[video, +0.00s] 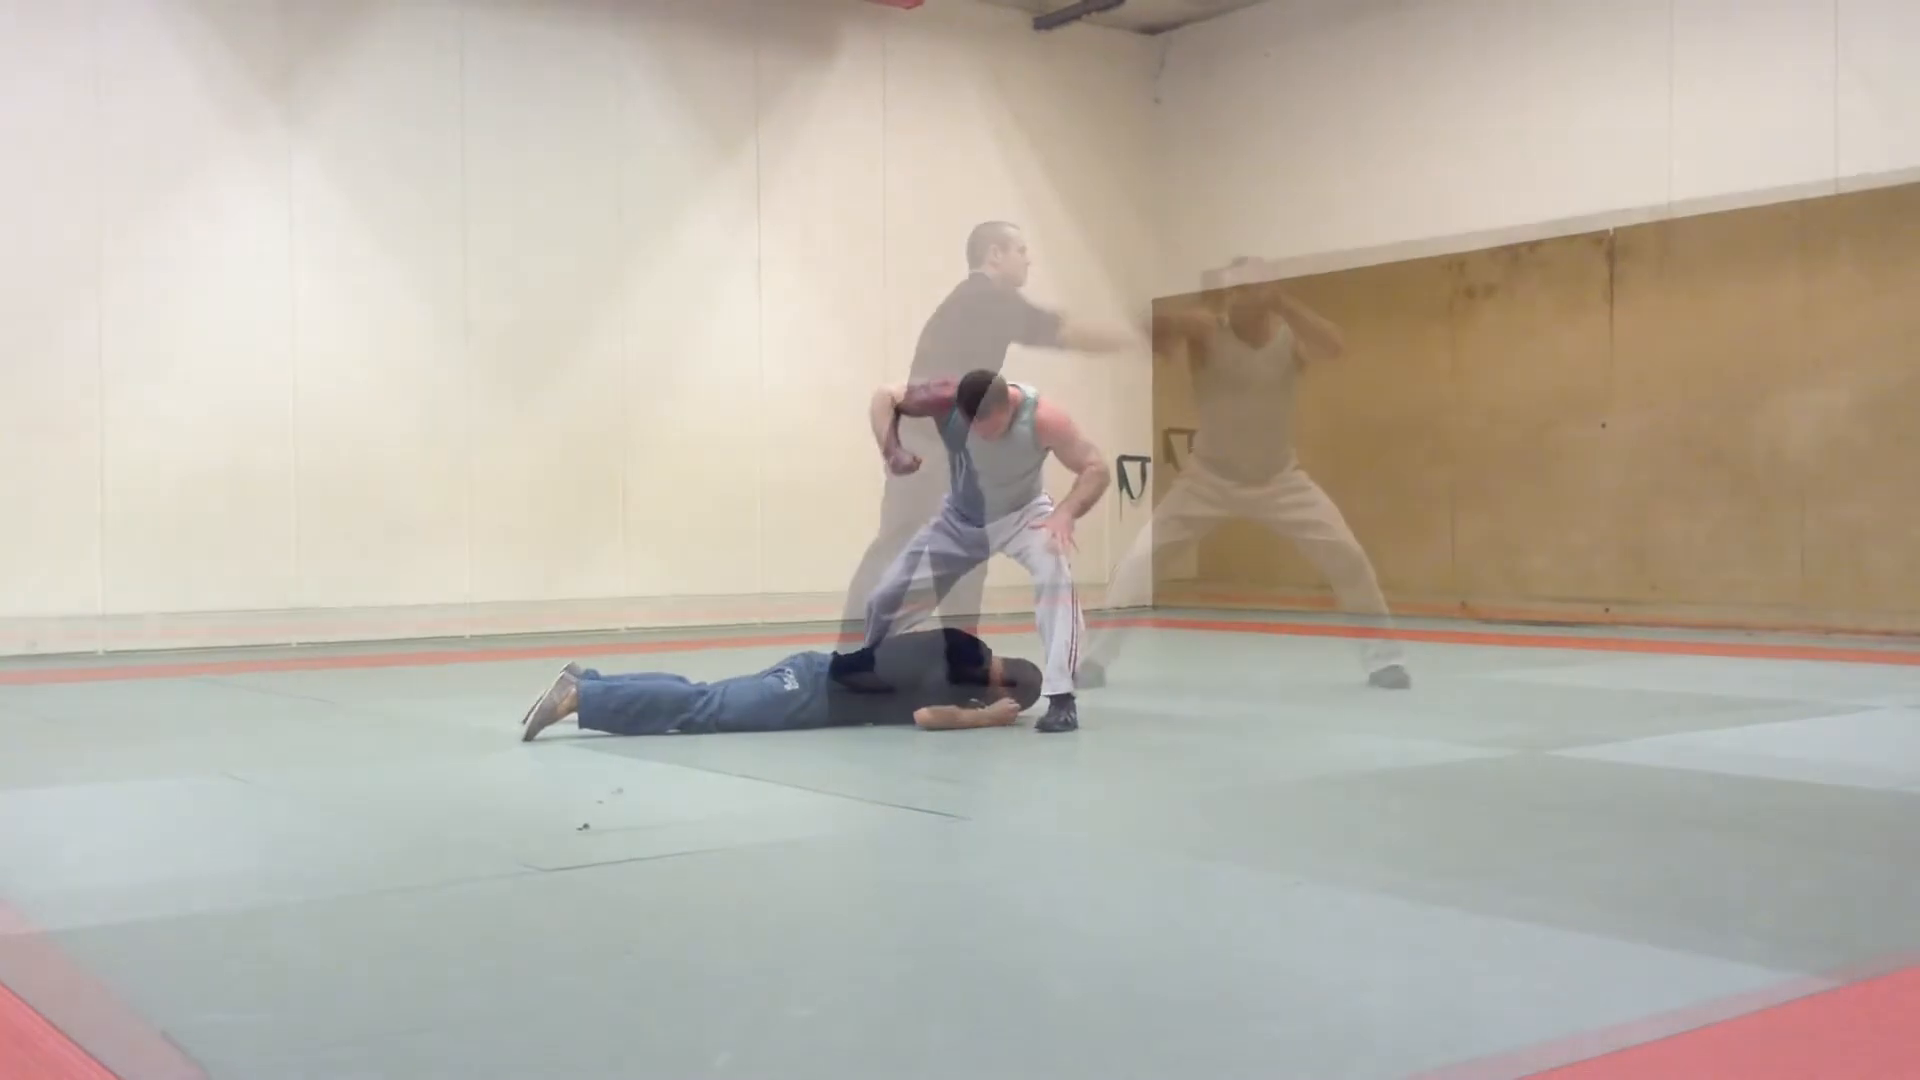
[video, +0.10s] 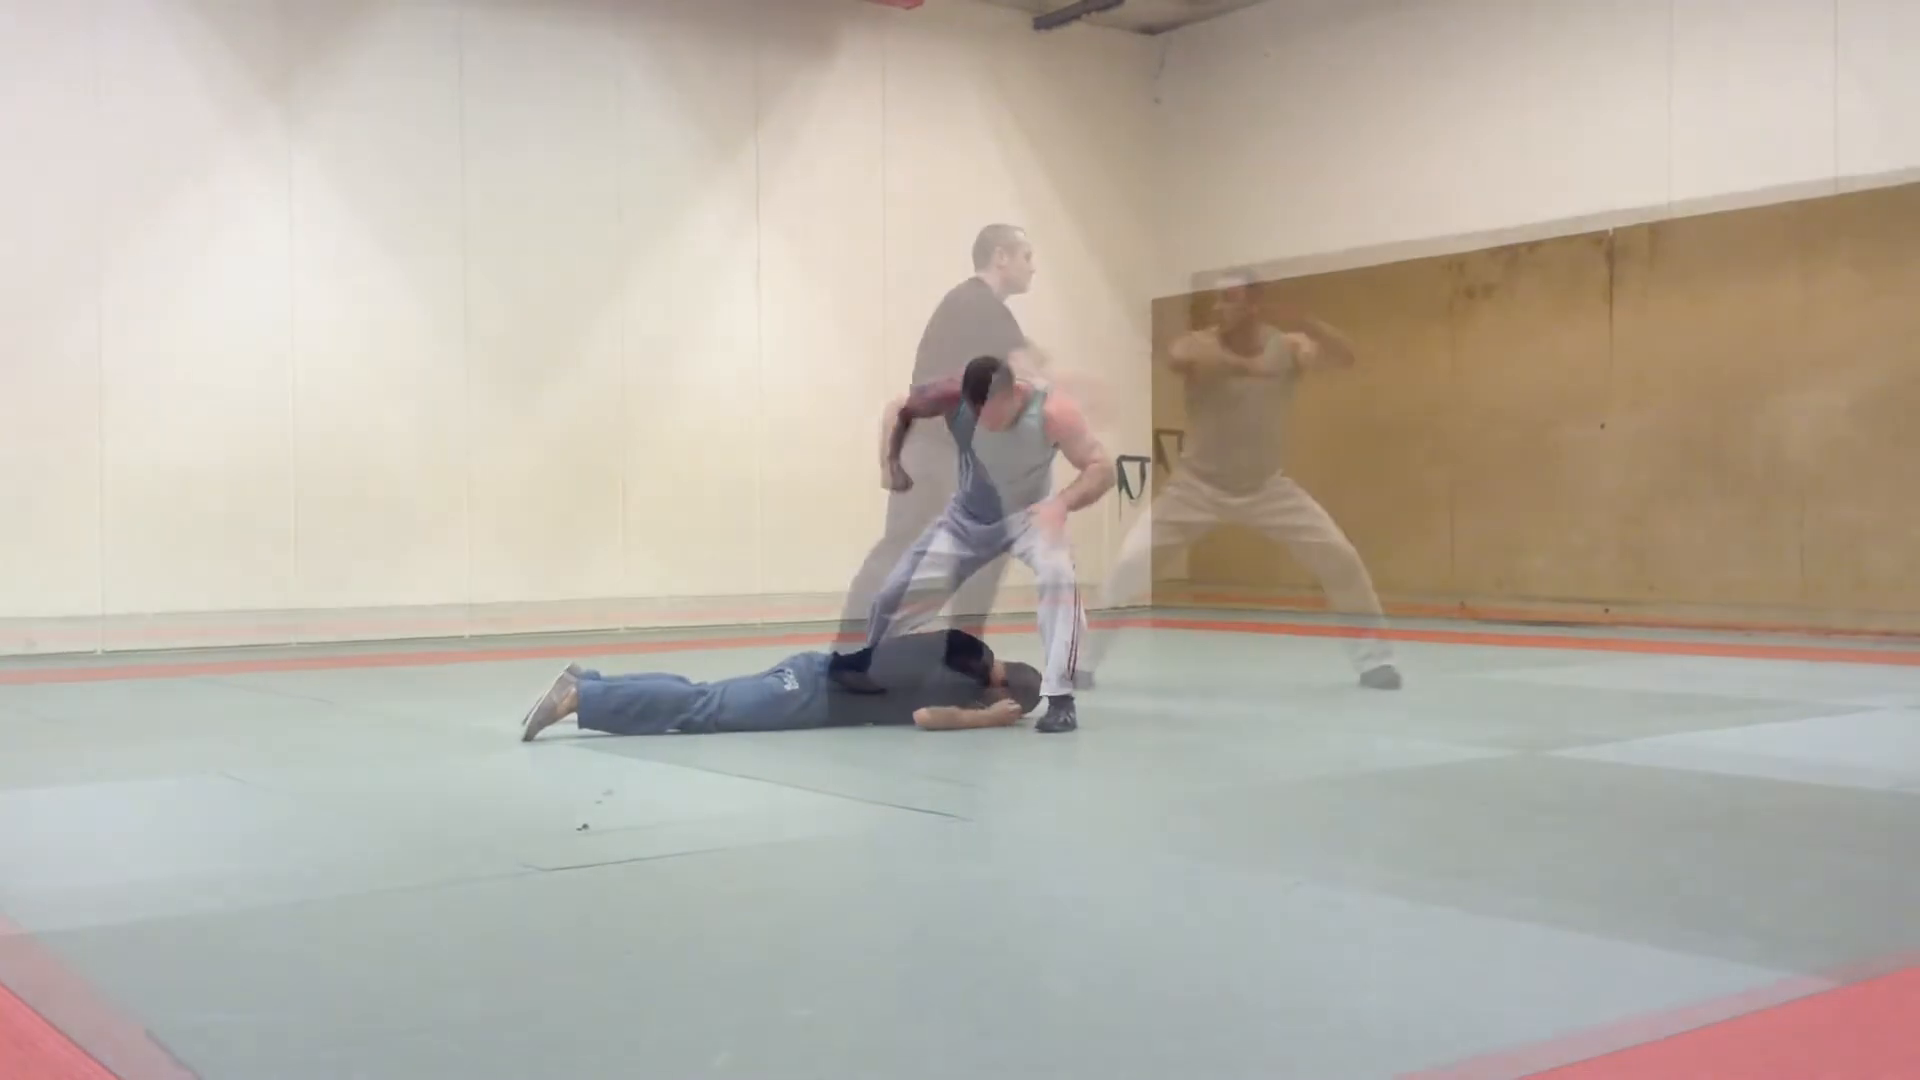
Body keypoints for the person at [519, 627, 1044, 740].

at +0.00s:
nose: (1006, 703)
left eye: (1009, 696)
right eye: (1010, 700)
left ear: (995, 668)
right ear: (999, 684)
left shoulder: (959, 656)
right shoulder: (952, 676)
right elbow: (923, 716)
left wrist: (983, 695)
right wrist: (986, 715)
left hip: (814, 677)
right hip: (811, 689)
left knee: (707, 698)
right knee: (705, 707)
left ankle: (585, 685)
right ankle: (580, 697)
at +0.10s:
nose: (1005, 701)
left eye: (1008, 694)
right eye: (1009, 699)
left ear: (994, 670)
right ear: (998, 684)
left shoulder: (955, 656)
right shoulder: (954, 680)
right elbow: (923, 716)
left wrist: (983, 692)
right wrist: (987, 716)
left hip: (816, 673)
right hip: (814, 690)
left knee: (709, 697)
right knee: (706, 707)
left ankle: (586, 685)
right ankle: (580, 697)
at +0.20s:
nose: (1010, 703)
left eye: (1014, 696)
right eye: (1014, 701)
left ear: (1005, 674)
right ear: (1006, 686)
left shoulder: (971, 659)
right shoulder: (963, 675)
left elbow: (935, 706)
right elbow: (923, 716)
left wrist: (992, 699)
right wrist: (990, 717)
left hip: (821, 673)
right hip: (817, 691)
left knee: (710, 697)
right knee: (707, 707)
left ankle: (587, 687)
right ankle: (580, 698)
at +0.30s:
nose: (1011, 704)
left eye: (1015, 696)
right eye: (1015, 701)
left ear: (1005, 674)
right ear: (1005, 690)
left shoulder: (967, 659)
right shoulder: (961, 683)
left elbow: (932, 707)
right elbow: (927, 719)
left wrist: (991, 699)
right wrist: (991, 719)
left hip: (819, 671)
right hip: (817, 691)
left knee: (710, 699)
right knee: (706, 709)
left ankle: (586, 688)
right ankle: (577, 700)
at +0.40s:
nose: (1008, 706)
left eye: (1011, 697)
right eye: (1012, 703)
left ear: (1002, 677)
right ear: (1002, 693)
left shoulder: (962, 662)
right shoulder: (962, 688)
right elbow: (927, 723)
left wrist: (992, 697)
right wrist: (995, 723)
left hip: (818, 674)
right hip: (816, 696)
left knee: (709, 700)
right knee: (706, 712)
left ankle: (585, 690)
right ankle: (577, 703)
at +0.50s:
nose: (1011, 708)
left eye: (1015, 701)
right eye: (1015, 706)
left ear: (1000, 682)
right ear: (1002, 693)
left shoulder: (964, 667)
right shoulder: (963, 690)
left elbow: (928, 708)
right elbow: (925, 723)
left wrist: (991, 700)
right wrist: (993, 722)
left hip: (817, 677)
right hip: (815, 699)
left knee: (710, 700)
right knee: (706, 714)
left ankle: (586, 690)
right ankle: (578, 704)